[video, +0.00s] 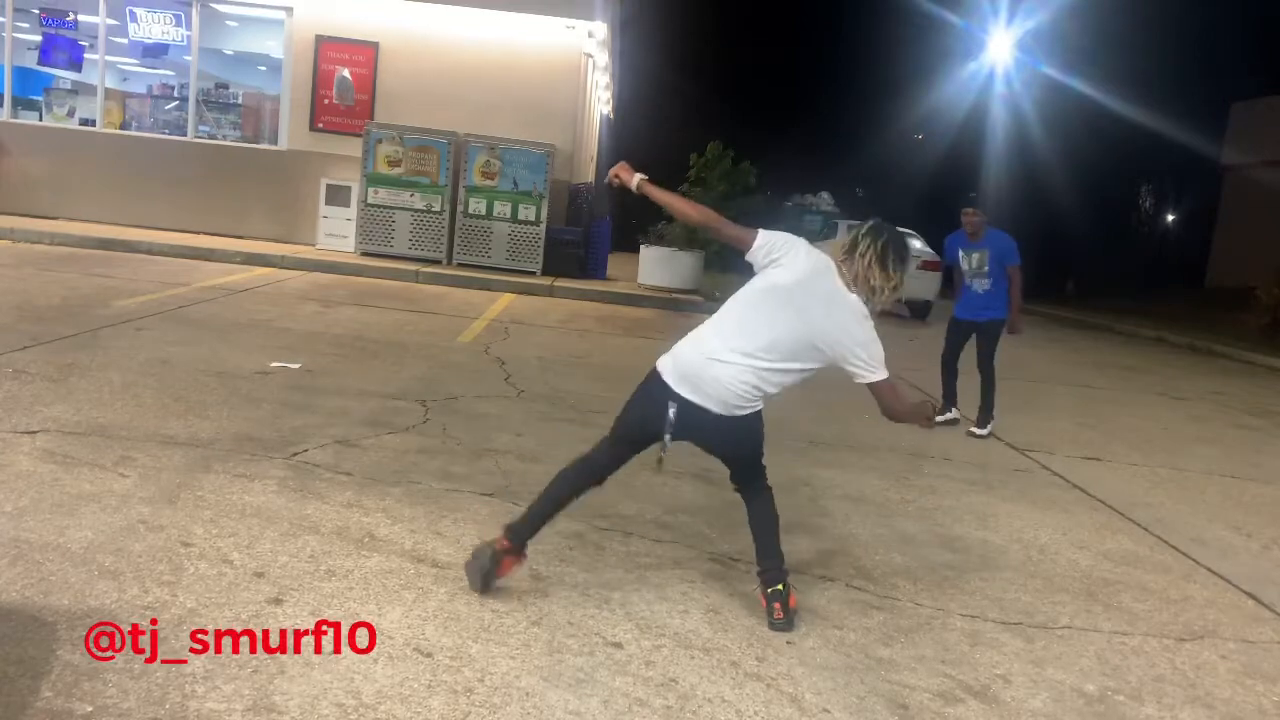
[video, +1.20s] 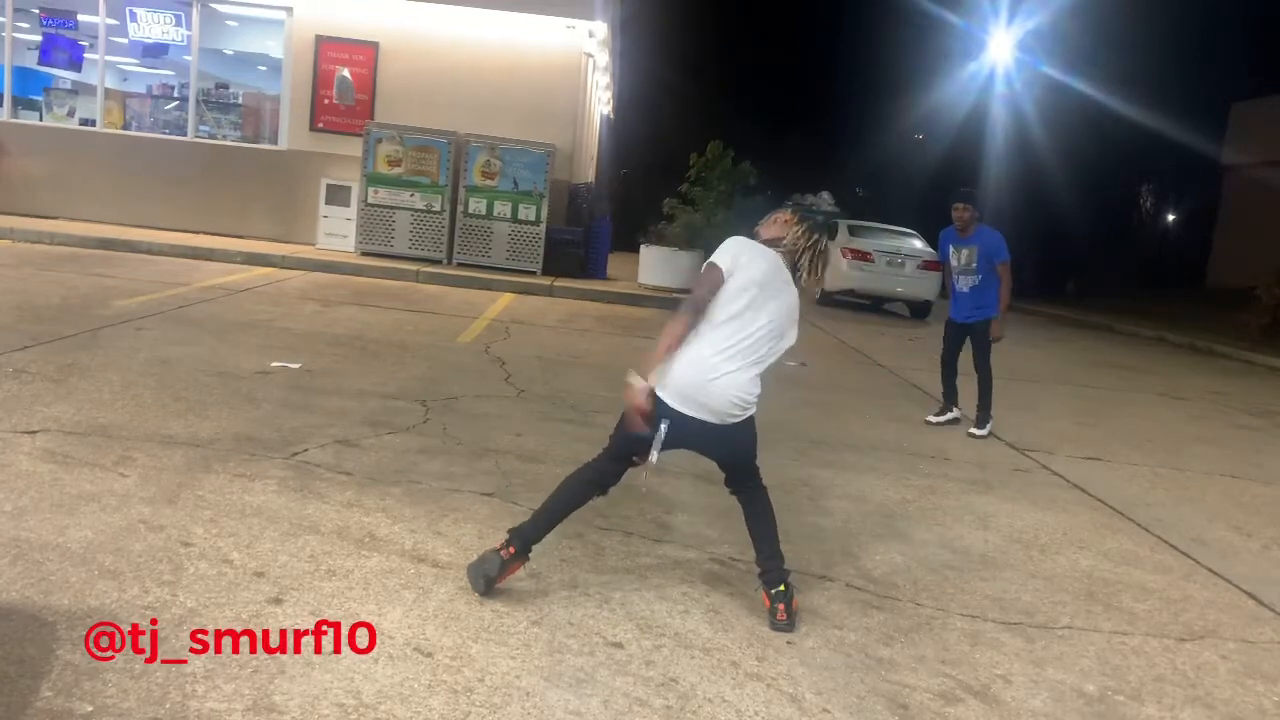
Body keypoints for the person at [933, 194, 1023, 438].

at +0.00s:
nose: (969, 221)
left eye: (974, 216)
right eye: (965, 216)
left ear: (984, 218)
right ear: (960, 218)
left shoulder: (1003, 243)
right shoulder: (953, 242)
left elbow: (1015, 278)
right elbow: (957, 274)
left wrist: (1014, 316)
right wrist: (958, 301)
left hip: (992, 314)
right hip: (964, 311)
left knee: (985, 363)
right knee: (948, 358)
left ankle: (985, 418)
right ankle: (949, 407)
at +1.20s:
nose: (959, 215)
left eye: (964, 210)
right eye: (955, 210)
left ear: (975, 213)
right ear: (951, 212)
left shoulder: (992, 239)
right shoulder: (946, 237)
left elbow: (1006, 278)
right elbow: (948, 273)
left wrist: (999, 319)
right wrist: (952, 303)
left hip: (983, 316)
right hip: (957, 314)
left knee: (982, 367)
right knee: (947, 360)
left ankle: (983, 418)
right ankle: (950, 407)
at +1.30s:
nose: (956, 215)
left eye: (962, 210)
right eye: (953, 210)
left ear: (973, 213)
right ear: (948, 212)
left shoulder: (988, 240)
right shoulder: (945, 237)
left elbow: (1011, 276)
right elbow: (947, 269)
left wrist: (980, 296)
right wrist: (949, 296)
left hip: (980, 316)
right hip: (953, 311)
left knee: (979, 363)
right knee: (935, 353)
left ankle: (983, 417)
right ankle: (945, 401)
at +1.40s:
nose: (953, 215)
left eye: (958, 210)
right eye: (949, 210)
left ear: (969, 213)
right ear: (945, 212)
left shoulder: (981, 237)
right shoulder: (942, 235)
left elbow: (995, 270)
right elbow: (947, 267)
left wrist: (961, 276)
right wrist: (945, 289)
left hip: (977, 315)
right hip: (950, 310)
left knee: (978, 363)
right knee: (932, 351)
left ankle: (983, 417)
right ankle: (937, 404)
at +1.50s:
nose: (946, 214)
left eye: (951, 209)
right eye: (942, 209)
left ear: (962, 213)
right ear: (937, 211)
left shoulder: (970, 235)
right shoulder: (935, 233)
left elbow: (957, 251)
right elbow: (935, 264)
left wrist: (924, 259)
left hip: (970, 313)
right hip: (944, 311)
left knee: (976, 365)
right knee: (930, 357)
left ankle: (983, 419)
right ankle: (927, 411)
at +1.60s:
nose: (936, 212)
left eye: (941, 208)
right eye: (933, 208)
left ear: (951, 211)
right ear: (928, 211)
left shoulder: (961, 235)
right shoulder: (927, 233)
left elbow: (938, 247)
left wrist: (909, 247)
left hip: (962, 311)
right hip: (936, 309)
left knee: (967, 363)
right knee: (923, 356)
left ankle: (982, 418)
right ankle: (926, 411)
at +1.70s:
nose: (925, 209)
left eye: (930, 204)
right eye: (922, 204)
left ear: (940, 209)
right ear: (917, 207)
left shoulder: (949, 232)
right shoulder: (918, 230)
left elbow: (941, 262)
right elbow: (923, 260)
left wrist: (911, 247)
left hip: (949, 308)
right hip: (926, 306)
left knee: (946, 360)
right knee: (918, 358)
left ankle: (976, 411)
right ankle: (925, 411)